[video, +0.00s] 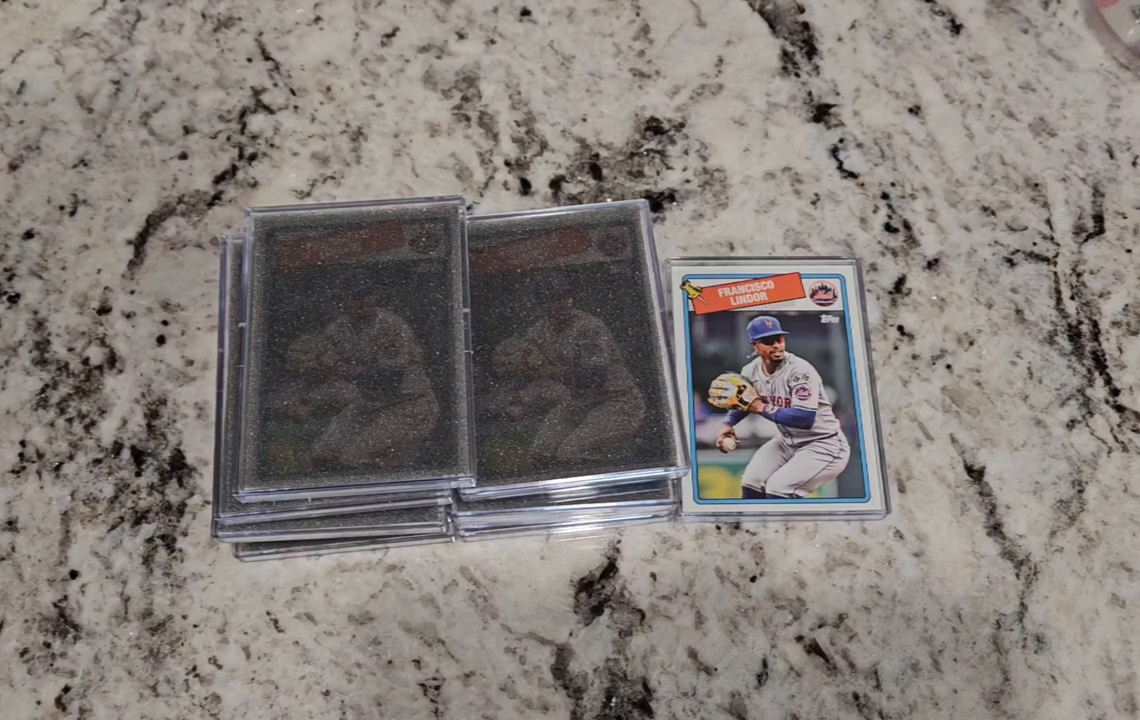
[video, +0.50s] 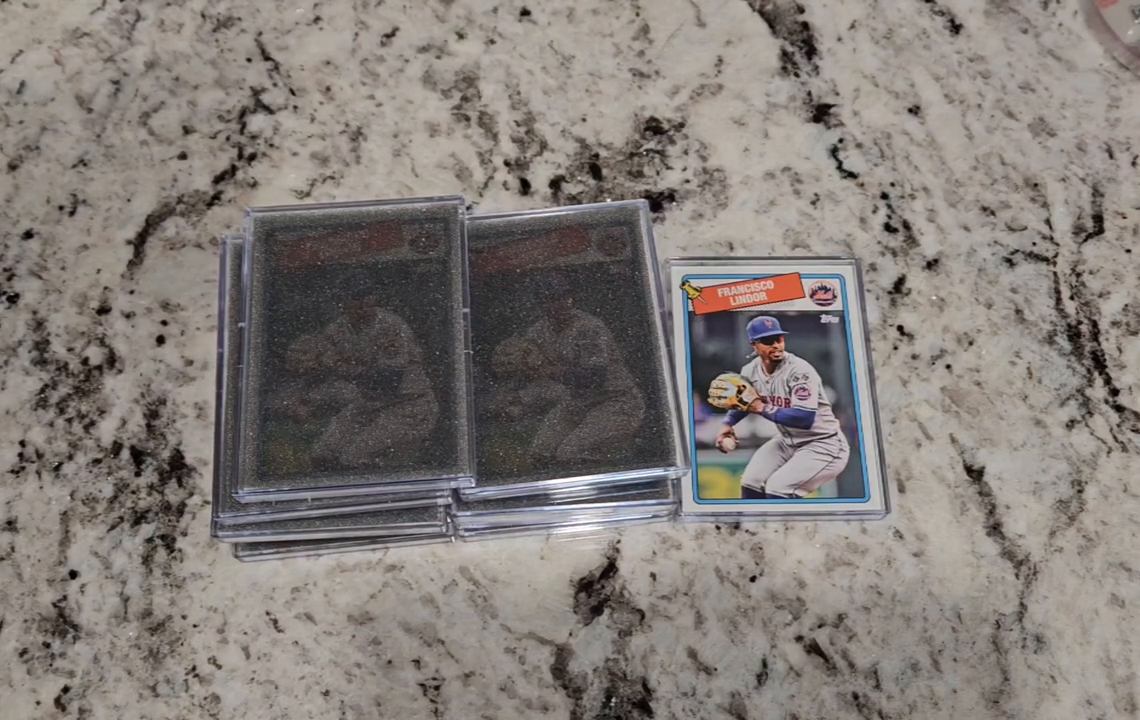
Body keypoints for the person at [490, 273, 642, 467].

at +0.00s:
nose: (556, 307)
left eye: (561, 300)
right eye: (550, 302)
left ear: (570, 299)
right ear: (542, 305)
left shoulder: (590, 327)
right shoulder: (541, 331)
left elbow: (595, 378)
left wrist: (549, 370)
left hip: (619, 403)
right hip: (577, 404)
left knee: (570, 453)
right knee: (540, 454)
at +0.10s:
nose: (558, 306)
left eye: (561, 299)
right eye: (551, 301)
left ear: (570, 298)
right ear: (542, 305)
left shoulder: (590, 328)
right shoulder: (540, 332)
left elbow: (595, 378)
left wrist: (548, 370)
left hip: (619, 402)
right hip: (576, 404)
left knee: (570, 453)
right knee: (540, 453)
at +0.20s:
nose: (559, 306)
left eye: (562, 298)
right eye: (552, 301)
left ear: (571, 299)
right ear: (542, 305)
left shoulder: (590, 328)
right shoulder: (539, 332)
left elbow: (595, 379)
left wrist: (548, 370)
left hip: (619, 402)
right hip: (576, 404)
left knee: (570, 453)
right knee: (540, 453)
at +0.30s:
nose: (556, 307)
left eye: (560, 299)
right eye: (550, 302)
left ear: (570, 299)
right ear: (542, 305)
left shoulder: (590, 328)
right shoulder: (540, 332)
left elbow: (595, 378)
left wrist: (549, 371)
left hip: (619, 402)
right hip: (576, 404)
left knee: (569, 453)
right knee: (540, 452)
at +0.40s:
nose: (558, 307)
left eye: (562, 300)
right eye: (551, 302)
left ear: (570, 299)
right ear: (542, 305)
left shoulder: (590, 328)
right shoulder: (539, 332)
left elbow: (595, 378)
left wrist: (549, 370)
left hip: (618, 403)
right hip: (575, 404)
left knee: (569, 454)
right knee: (540, 453)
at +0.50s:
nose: (556, 307)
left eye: (560, 299)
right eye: (550, 302)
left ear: (570, 299)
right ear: (542, 305)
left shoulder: (590, 328)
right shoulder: (540, 332)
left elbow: (595, 378)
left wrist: (549, 370)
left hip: (619, 403)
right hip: (576, 404)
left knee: (569, 453)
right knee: (540, 452)